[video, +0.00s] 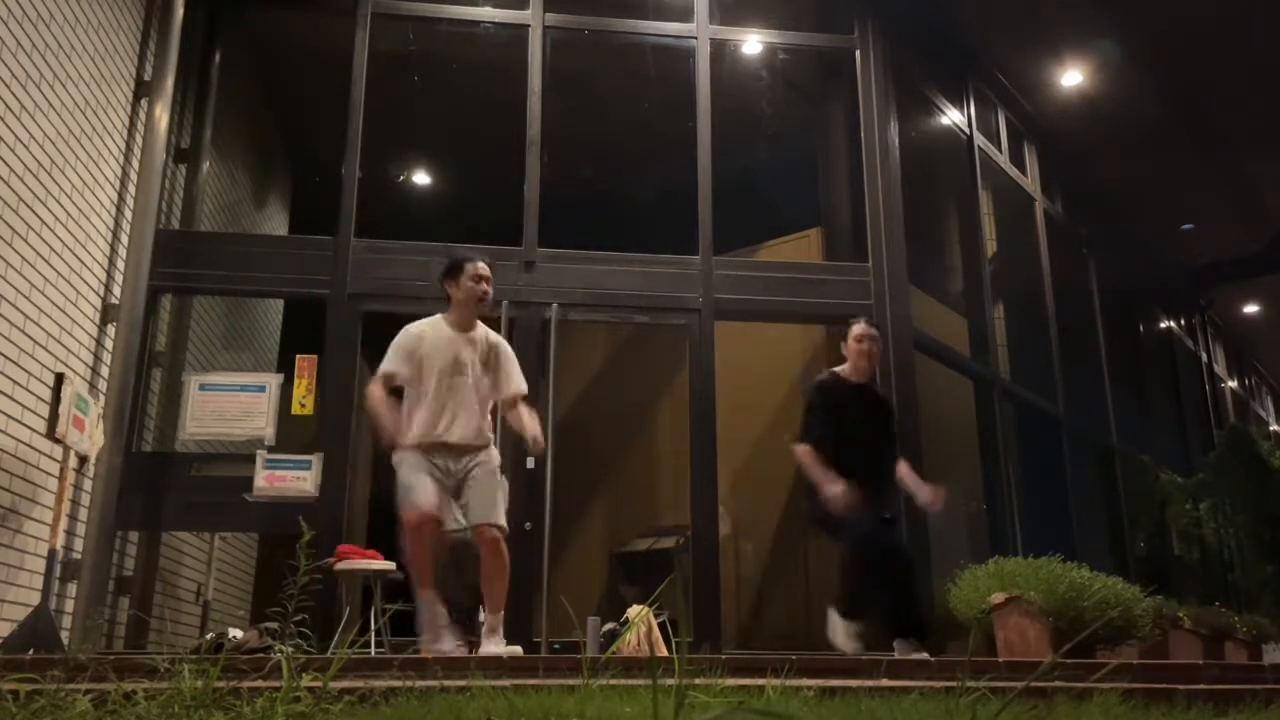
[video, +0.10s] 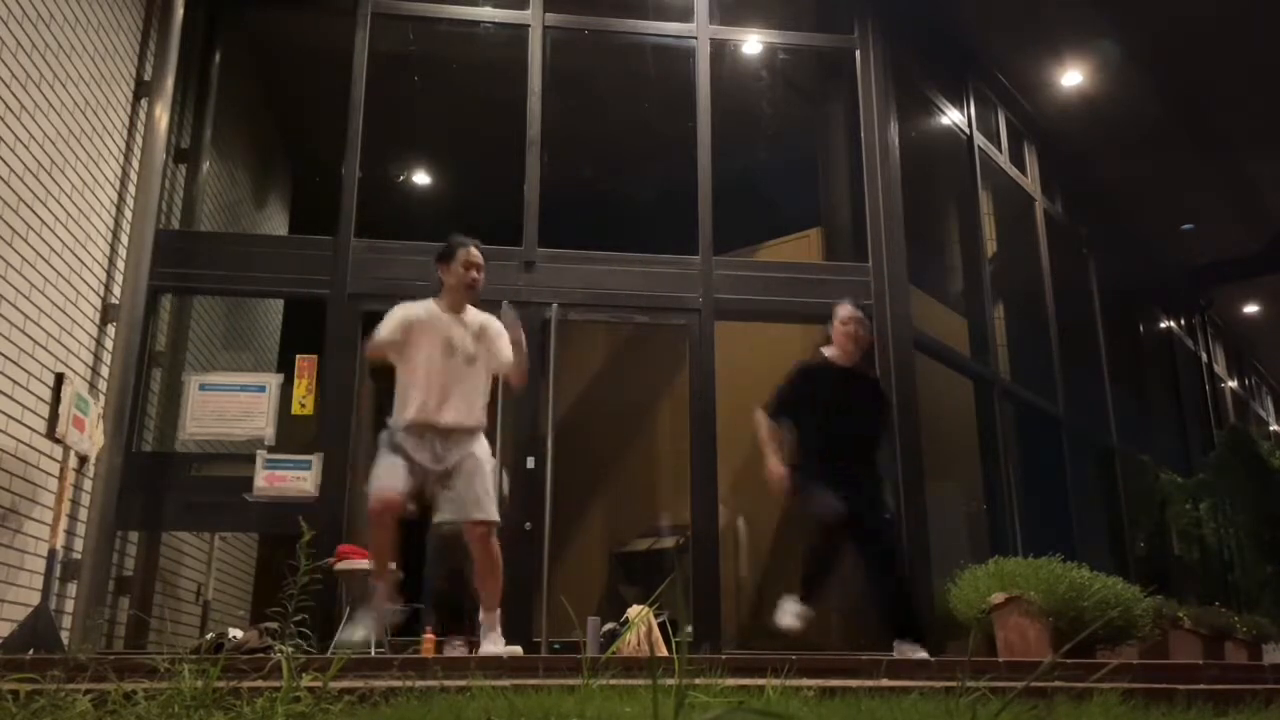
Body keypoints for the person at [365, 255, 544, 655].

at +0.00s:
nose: (486, 288)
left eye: (489, 281)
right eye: (477, 280)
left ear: (491, 291)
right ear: (451, 286)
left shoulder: (496, 345)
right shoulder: (417, 335)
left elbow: (514, 403)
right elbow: (376, 391)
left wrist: (532, 430)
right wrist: (392, 429)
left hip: (478, 455)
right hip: (420, 452)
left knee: (491, 535)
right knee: (419, 517)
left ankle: (493, 632)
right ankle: (432, 619)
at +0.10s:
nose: (476, 276)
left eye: (481, 270)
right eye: (468, 267)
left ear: (483, 277)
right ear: (443, 270)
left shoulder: (488, 327)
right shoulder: (410, 316)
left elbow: (516, 379)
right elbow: (371, 353)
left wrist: (519, 340)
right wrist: (410, 355)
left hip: (467, 441)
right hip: (408, 435)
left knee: (482, 530)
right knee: (382, 503)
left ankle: (492, 631)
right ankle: (382, 604)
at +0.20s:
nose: (464, 262)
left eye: (468, 255)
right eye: (457, 253)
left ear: (470, 262)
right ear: (435, 254)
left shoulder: (473, 308)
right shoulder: (403, 295)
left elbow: (508, 340)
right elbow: (363, 311)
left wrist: (505, 293)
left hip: (448, 422)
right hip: (391, 416)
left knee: (464, 521)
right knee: (363, 511)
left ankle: (476, 626)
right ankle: (323, 617)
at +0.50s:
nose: (430, 274)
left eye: (434, 269)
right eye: (422, 267)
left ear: (438, 277)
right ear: (398, 272)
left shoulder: (448, 325)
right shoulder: (371, 319)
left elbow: (466, 368)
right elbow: (334, 355)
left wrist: (463, 403)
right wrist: (337, 393)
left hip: (417, 441)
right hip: (364, 432)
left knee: (394, 534)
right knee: (338, 530)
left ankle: (347, 627)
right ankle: (303, 624)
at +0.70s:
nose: (439, 260)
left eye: (443, 254)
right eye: (430, 253)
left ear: (450, 262)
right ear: (409, 261)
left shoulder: (466, 315)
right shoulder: (382, 313)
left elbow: (478, 381)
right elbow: (351, 370)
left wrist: (486, 440)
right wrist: (329, 423)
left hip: (445, 429)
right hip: (385, 427)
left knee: (458, 477)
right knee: (345, 524)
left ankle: (431, 574)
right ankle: (306, 620)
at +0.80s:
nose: (461, 241)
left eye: (465, 234)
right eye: (452, 234)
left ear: (471, 242)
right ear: (431, 241)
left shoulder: (490, 290)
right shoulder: (405, 291)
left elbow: (507, 340)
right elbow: (381, 341)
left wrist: (519, 377)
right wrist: (362, 388)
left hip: (475, 405)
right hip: (415, 403)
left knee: (474, 474)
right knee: (382, 500)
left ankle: (477, 583)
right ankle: (347, 602)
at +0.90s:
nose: (483, 242)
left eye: (488, 236)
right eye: (474, 235)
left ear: (494, 247)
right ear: (454, 243)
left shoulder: (509, 292)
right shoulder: (430, 291)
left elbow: (535, 328)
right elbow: (409, 341)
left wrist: (556, 359)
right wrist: (391, 386)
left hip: (494, 407)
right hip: (439, 405)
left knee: (486, 503)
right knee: (413, 500)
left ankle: (504, 612)